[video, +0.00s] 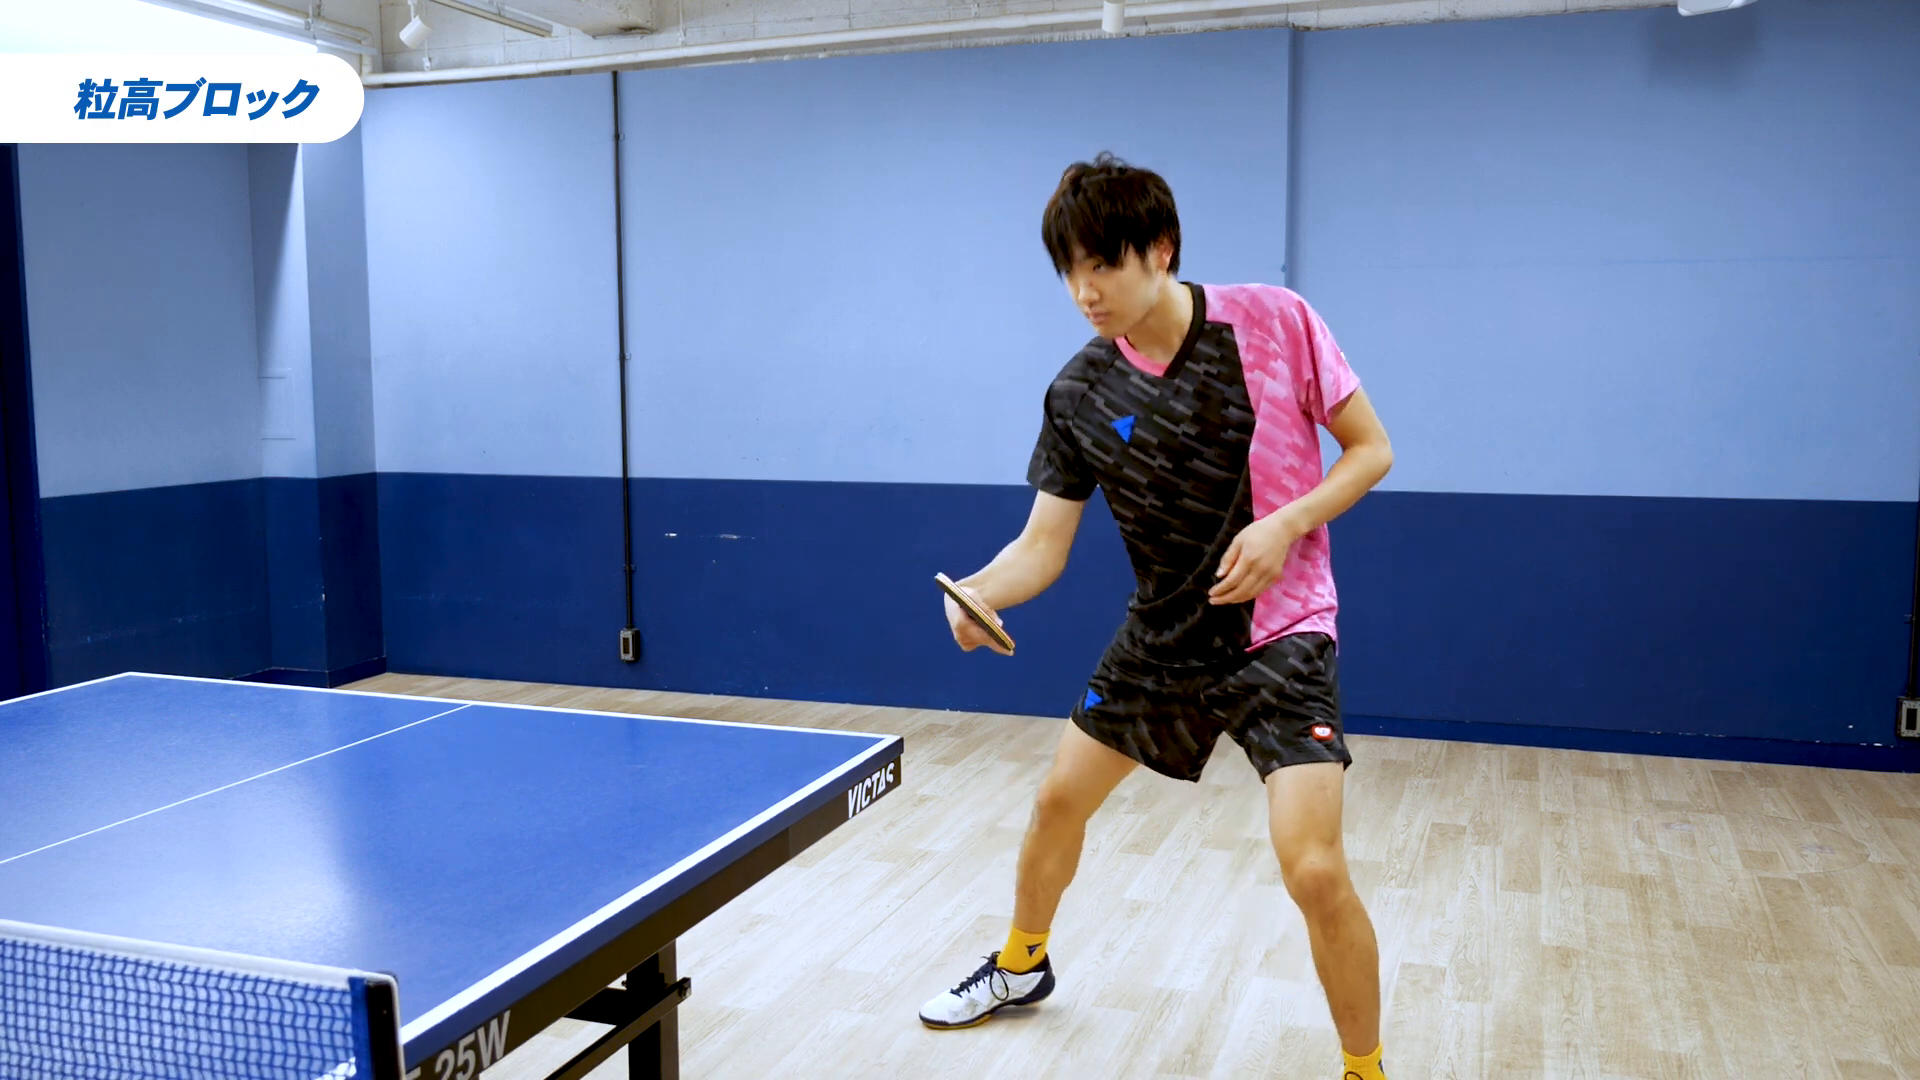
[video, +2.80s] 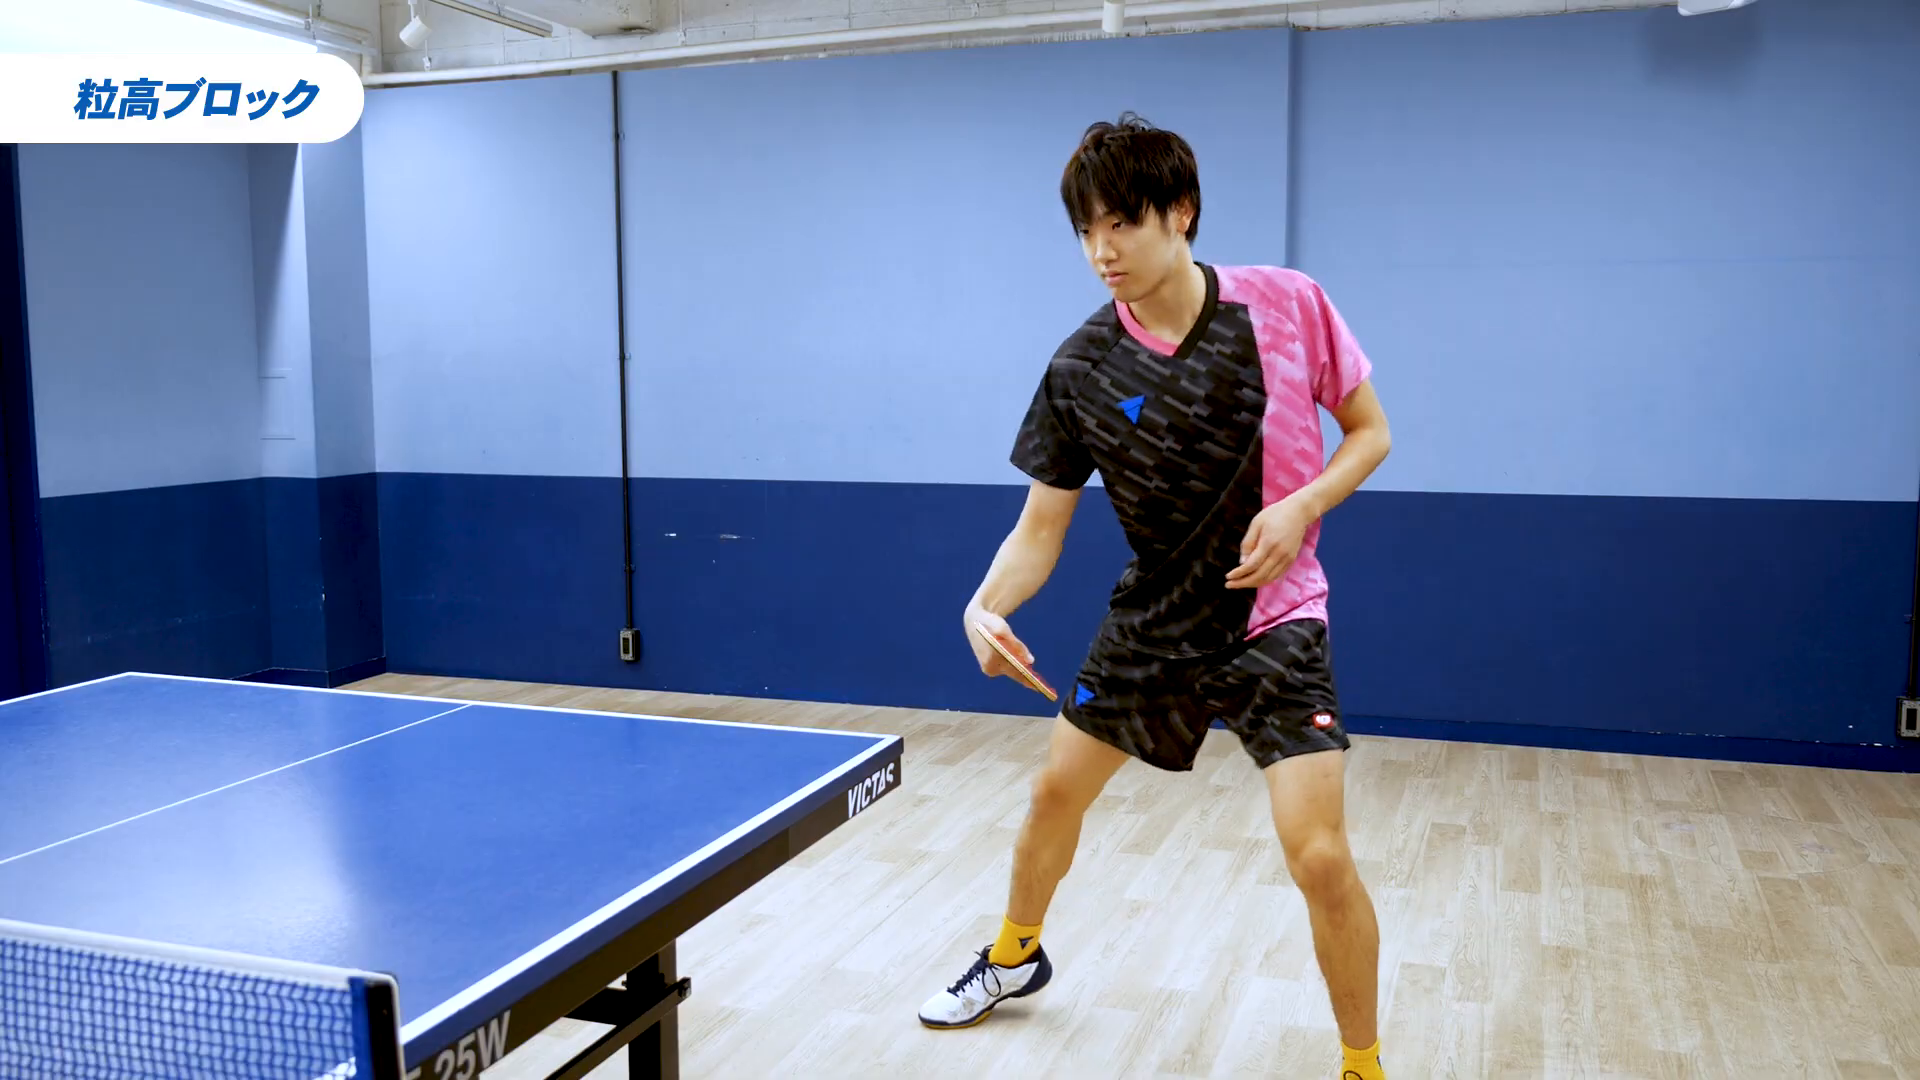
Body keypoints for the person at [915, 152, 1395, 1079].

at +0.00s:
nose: (1084, 290)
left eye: (1101, 264)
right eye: (1071, 271)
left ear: (1160, 251)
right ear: (1065, 273)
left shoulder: (1275, 322)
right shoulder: (1081, 393)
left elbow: (1371, 449)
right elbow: (1042, 543)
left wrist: (1285, 526)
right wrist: (979, 588)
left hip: (1282, 626)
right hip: (1165, 628)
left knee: (1315, 872)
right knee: (1059, 797)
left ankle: (1364, 1068)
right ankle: (1022, 962)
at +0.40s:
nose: (1013, 286)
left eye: (1031, 262)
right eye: (1003, 269)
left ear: (1090, 259)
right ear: (1003, 277)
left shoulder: (1190, 352)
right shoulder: (1038, 396)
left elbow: (1276, 491)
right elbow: (1054, 538)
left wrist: (1154, 553)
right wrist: (996, 607)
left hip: (1217, 644)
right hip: (1110, 645)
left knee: (1255, 872)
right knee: (1000, 802)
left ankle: (1356, 1067)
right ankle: (1023, 973)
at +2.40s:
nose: (1035, 380)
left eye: (1047, 354)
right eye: (1019, 364)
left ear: (1101, 325)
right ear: (1011, 362)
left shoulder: (1229, 370)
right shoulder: (1052, 443)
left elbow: (1337, 485)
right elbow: (1052, 584)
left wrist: (1247, 577)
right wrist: (1022, 591)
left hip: (1272, 644)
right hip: (1151, 650)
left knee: (1299, 876)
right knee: (1038, 814)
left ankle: (1361, 1067)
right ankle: (1025, 973)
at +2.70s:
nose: (1097, 267)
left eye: (1115, 240)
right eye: (1081, 249)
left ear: (1173, 227)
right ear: (1072, 256)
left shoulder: (1284, 304)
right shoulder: (1083, 384)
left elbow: (1373, 421)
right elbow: (1034, 538)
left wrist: (1309, 503)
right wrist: (975, 613)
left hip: (1286, 607)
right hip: (1165, 610)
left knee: (1328, 856)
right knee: (1067, 789)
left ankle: (1364, 1068)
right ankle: (1014, 953)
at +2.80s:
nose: (1104, 248)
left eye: (1124, 221)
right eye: (1089, 230)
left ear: (1183, 216)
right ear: (1079, 238)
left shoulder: (1285, 304)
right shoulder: (1081, 369)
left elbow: (1370, 430)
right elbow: (1039, 526)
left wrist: (1302, 508)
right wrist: (982, 605)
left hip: (1275, 608)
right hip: (1156, 608)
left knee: (1321, 859)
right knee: (1055, 790)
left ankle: (1363, 1065)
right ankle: (1015, 955)